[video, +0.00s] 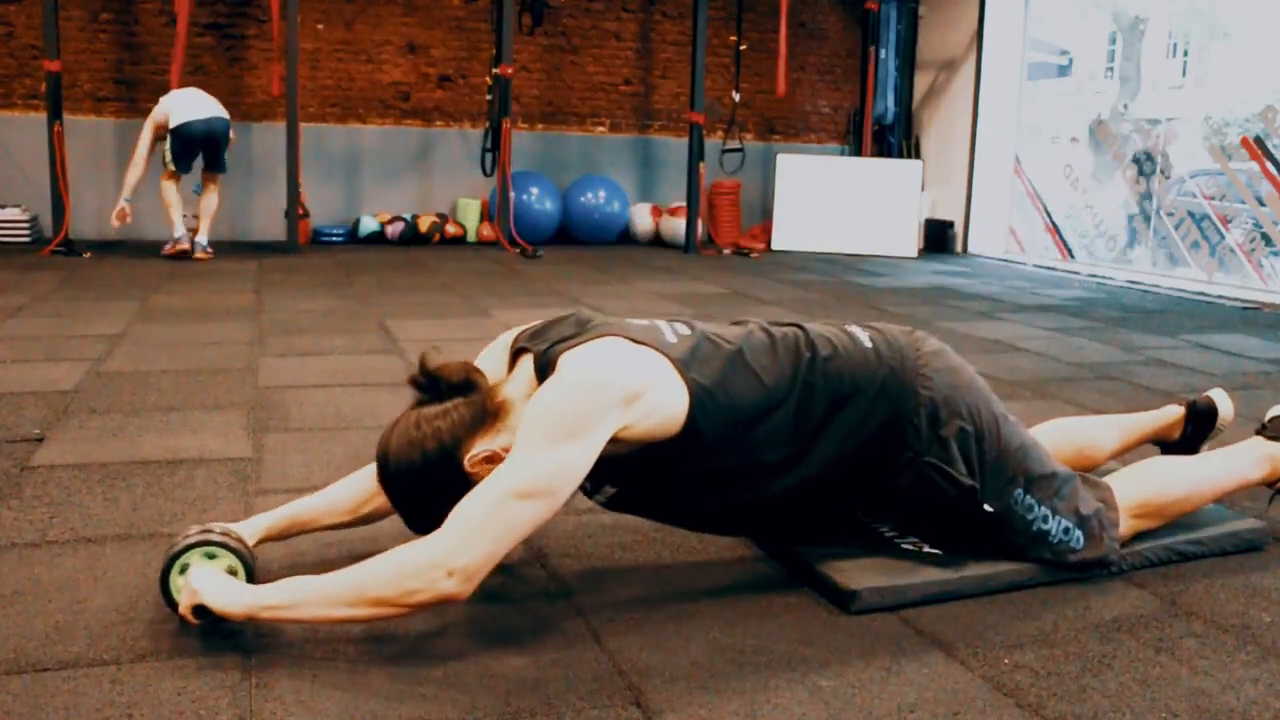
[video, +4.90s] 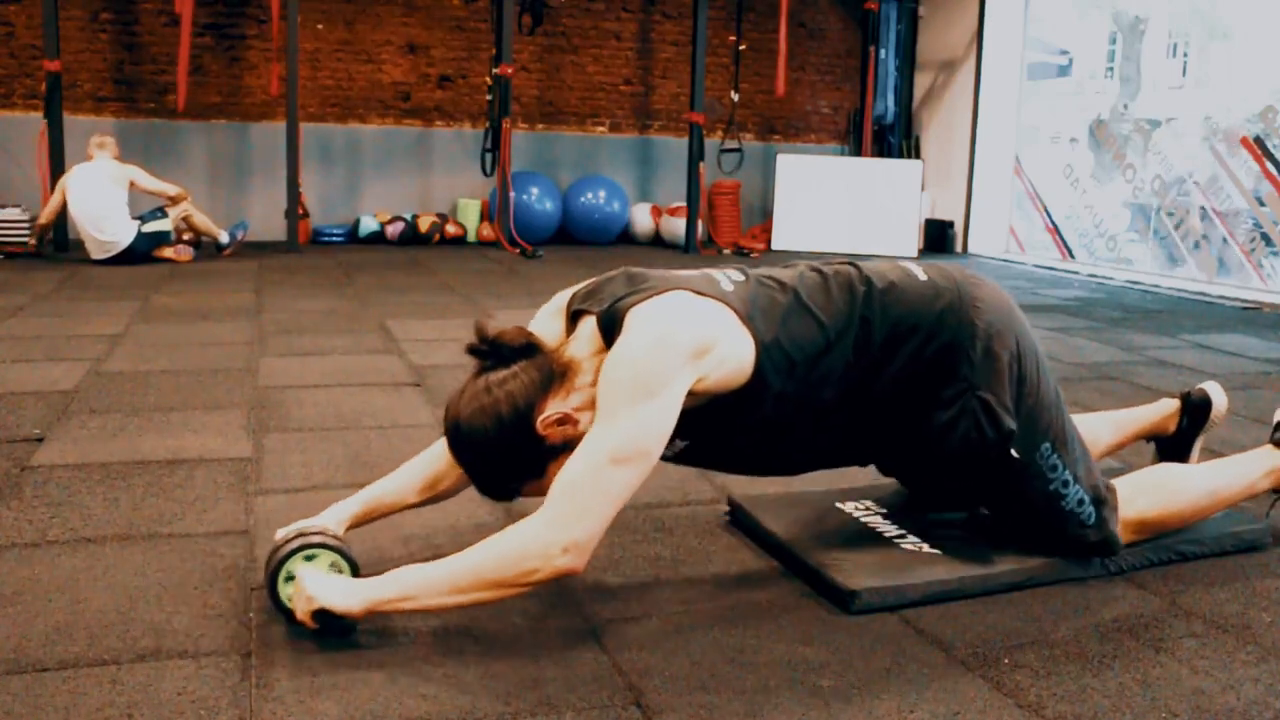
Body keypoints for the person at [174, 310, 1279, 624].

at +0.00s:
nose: (481, 500)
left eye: (473, 493)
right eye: (452, 489)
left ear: (497, 441)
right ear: (457, 421)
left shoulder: (587, 395)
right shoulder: (500, 366)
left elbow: (439, 578)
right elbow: (392, 479)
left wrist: (248, 600)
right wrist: (252, 535)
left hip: (907, 415)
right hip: (835, 396)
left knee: (1094, 516)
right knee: (1021, 451)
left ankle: (1258, 461)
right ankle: (1180, 411)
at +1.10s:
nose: (581, 430)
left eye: (564, 419)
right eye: (559, 424)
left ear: (585, 358)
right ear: (575, 357)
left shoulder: (676, 311)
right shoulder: (596, 295)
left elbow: (572, 499)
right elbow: (485, 420)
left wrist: (403, 577)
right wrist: (373, 508)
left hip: (983, 327)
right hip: (930, 320)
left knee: (1093, 526)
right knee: (1002, 488)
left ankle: (1261, 454)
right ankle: (1175, 413)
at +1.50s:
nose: (687, 366)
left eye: (673, 350)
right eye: (663, 362)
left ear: (686, 288)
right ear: (671, 289)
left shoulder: (795, 236)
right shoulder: (674, 230)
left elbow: (718, 437)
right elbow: (604, 372)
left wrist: (575, 551)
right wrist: (526, 491)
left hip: (1052, 296)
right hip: (963, 332)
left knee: (1099, 522)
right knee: (987, 480)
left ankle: (1268, 454)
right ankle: (1174, 411)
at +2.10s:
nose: (786, 276)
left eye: (782, 258)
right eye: (769, 269)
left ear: (803, 196)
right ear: (794, 187)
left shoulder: (917, 170)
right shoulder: (798, 181)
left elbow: (852, 372)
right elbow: (741, 329)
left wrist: (753, 517)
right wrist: (700, 479)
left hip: (1118, 311)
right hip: (1016, 330)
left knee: (1097, 527)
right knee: (991, 483)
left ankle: (1268, 456)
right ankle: (1172, 419)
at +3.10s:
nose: (657, 337)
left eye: (649, 323)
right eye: (640, 333)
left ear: (673, 263)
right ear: (661, 262)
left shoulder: (787, 226)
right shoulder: (682, 237)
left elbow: (715, 432)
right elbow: (606, 372)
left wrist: (575, 556)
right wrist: (524, 498)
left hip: (1044, 302)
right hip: (954, 340)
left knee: (1105, 519)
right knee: (995, 485)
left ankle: (1268, 457)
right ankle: (1177, 413)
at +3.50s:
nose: (560, 426)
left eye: (540, 413)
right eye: (536, 421)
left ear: (565, 356)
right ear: (552, 353)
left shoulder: (668, 314)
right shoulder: (575, 298)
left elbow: (569, 516)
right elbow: (473, 424)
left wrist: (393, 581)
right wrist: (363, 512)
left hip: (963, 341)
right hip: (889, 371)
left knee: (1103, 530)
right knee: (1002, 502)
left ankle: (1264, 454)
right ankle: (1175, 410)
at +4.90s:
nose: (581, 458)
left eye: (566, 451)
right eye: (560, 460)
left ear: (564, 400)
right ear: (542, 402)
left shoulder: (657, 350)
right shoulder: (561, 323)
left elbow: (558, 546)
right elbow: (467, 448)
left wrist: (369, 594)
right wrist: (343, 513)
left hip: (956, 341)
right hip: (904, 323)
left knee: (1092, 525)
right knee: (1000, 493)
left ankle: (1271, 466)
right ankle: (1174, 410)